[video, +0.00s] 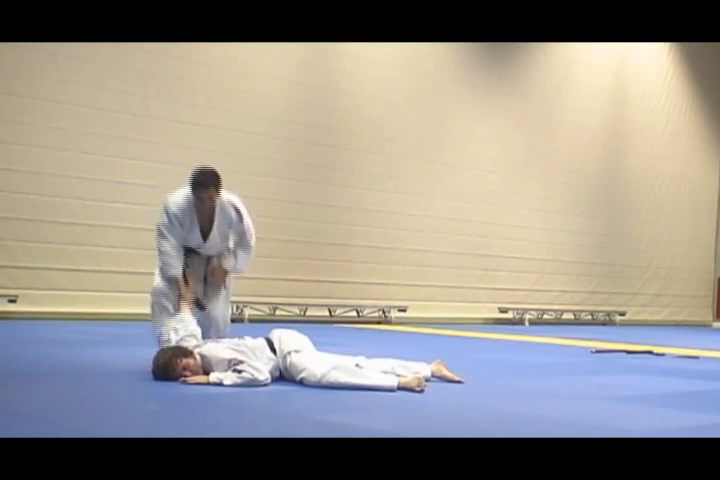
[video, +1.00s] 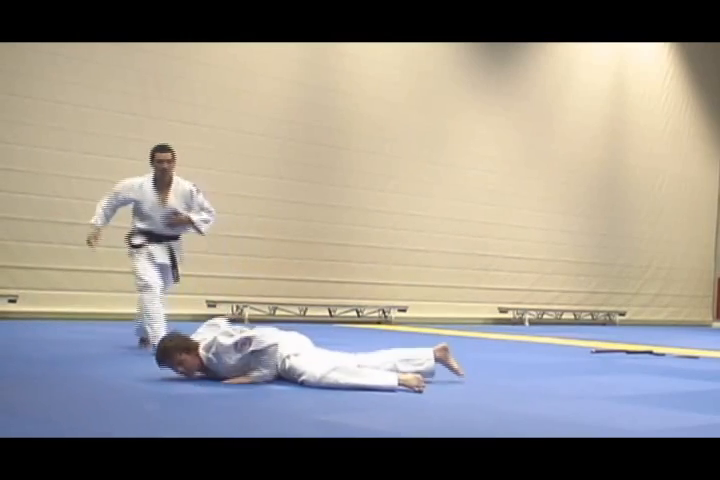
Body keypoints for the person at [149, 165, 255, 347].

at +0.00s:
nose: (207, 204)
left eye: (212, 198)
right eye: (201, 199)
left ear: (219, 193)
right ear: (193, 195)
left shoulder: (232, 207)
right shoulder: (175, 207)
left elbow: (246, 245)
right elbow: (168, 248)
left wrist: (226, 266)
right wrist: (182, 287)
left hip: (216, 257)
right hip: (182, 256)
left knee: (217, 309)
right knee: (162, 292)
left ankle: (217, 358)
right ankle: (171, 351)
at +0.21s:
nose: (214, 233)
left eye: (219, 229)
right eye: (211, 228)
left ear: (228, 226)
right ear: (204, 225)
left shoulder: (241, 229)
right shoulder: (190, 239)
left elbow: (252, 255)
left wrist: (229, 272)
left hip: (219, 272)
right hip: (191, 270)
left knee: (222, 302)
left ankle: (224, 348)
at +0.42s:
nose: (208, 247)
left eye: (212, 242)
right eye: (204, 243)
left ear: (219, 237)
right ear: (196, 238)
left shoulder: (230, 238)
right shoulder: (186, 252)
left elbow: (249, 257)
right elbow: (184, 294)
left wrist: (230, 273)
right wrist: (185, 340)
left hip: (216, 280)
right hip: (190, 284)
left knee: (220, 293)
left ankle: (222, 343)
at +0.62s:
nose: (199, 197)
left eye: (202, 192)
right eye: (194, 192)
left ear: (208, 191)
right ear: (185, 191)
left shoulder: (215, 211)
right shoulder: (171, 211)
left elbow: (226, 244)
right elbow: (169, 251)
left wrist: (213, 268)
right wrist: (184, 283)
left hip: (201, 258)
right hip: (174, 256)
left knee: (209, 304)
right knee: (170, 306)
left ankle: (216, 351)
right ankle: (165, 350)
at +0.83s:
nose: (179, 169)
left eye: (183, 164)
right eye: (174, 164)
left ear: (189, 166)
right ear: (166, 165)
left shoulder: (197, 193)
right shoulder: (152, 191)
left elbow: (211, 222)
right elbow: (135, 223)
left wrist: (208, 249)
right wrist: (144, 254)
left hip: (186, 249)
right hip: (156, 248)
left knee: (193, 302)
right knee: (167, 293)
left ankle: (177, 342)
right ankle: (167, 346)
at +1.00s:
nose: (164, 166)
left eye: (168, 162)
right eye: (159, 162)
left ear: (174, 163)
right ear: (152, 164)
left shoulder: (186, 189)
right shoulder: (138, 187)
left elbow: (208, 215)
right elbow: (111, 201)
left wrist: (189, 219)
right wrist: (97, 225)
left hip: (170, 244)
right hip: (143, 241)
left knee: (159, 289)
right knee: (150, 286)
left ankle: (144, 331)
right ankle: (159, 339)